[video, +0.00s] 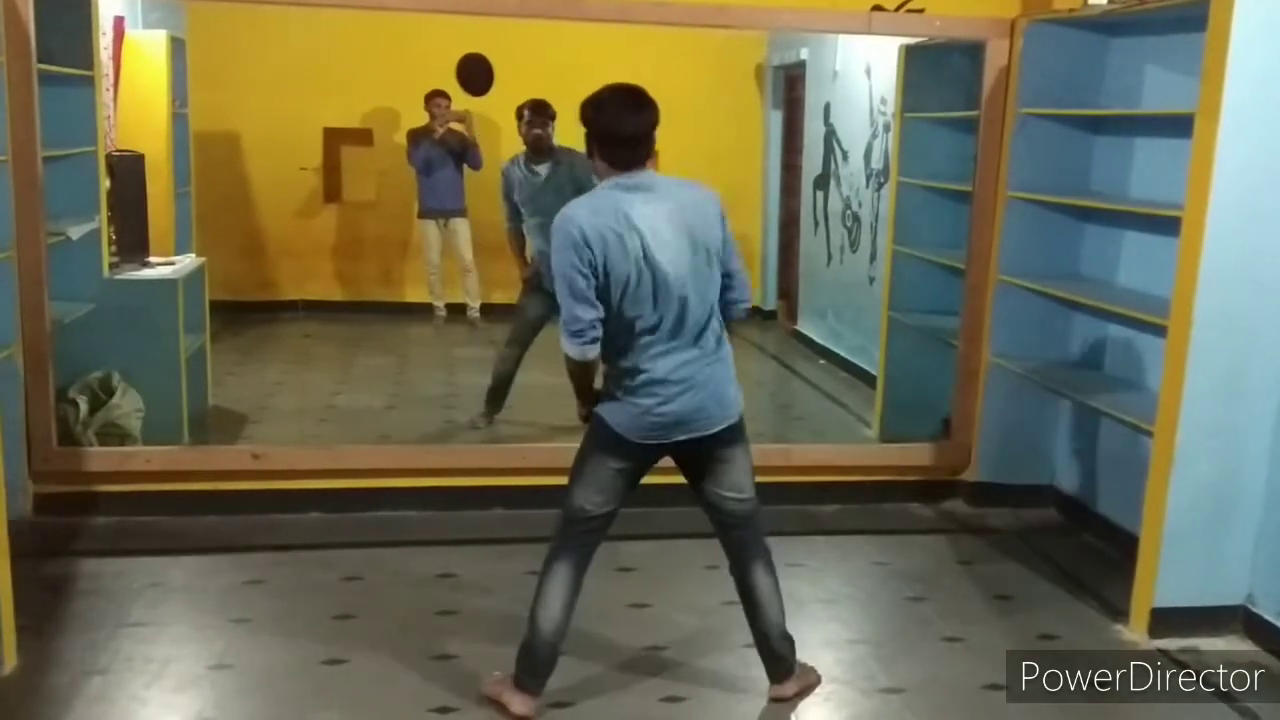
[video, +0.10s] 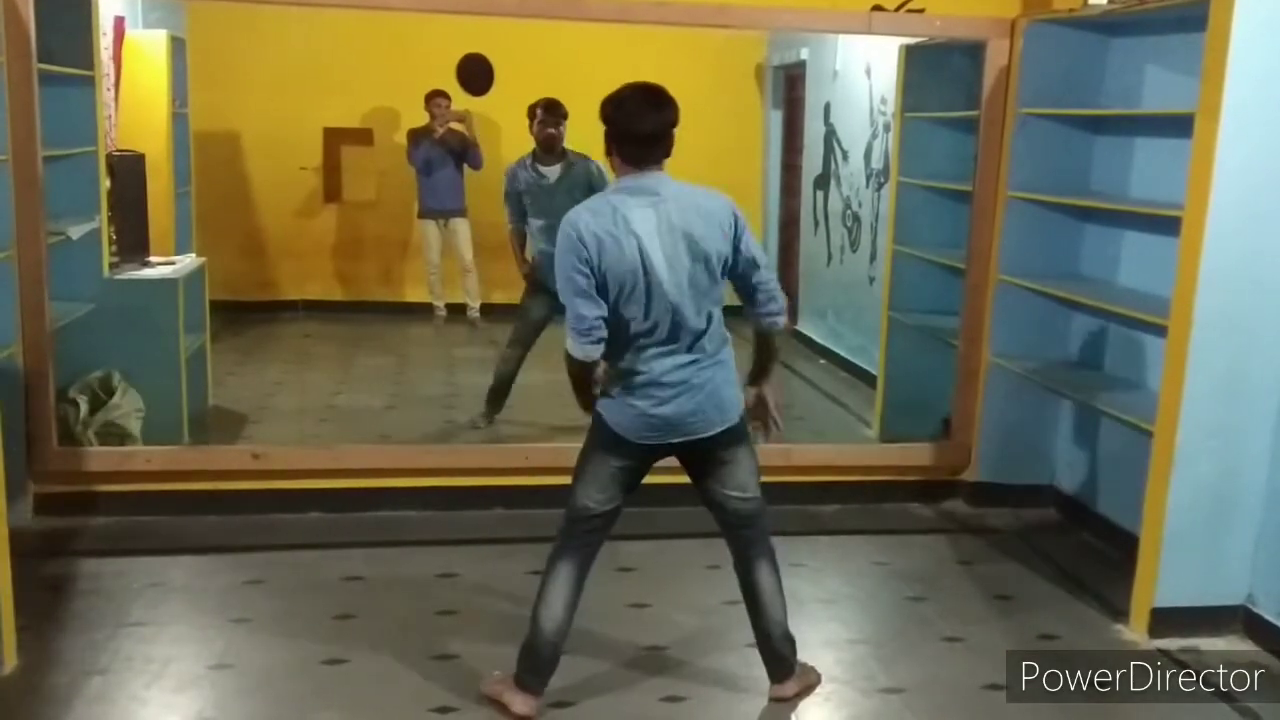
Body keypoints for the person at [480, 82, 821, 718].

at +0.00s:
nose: (585, 147)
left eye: (585, 139)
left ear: (592, 146)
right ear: (653, 140)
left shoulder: (577, 221)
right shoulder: (701, 201)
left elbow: (581, 341)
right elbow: (735, 304)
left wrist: (585, 398)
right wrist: (687, 339)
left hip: (632, 409)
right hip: (714, 403)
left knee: (573, 546)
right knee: (747, 542)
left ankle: (525, 688)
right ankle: (784, 673)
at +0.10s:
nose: (611, 143)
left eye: (608, 134)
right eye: (668, 133)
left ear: (609, 143)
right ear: (672, 141)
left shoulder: (583, 224)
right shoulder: (717, 211)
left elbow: (586, 339)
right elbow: (770, 309)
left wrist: (585, 397)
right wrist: (762, 379)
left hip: (629, 412)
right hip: (713, 407)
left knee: (576, 545)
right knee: (751, 541)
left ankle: (526, 688)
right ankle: (784, 674)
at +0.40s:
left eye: (641, 122)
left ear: (639, 130)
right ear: (704, 133)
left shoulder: (602, 201)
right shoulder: (735, 212)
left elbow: (518, 238)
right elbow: (774, 317)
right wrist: (775, 374)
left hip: (618, 409)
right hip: (701, 411)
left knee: (571, 545)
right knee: (753, 539)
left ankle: (523, 688)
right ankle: (784, 674)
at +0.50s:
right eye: (718, 126)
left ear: (652, 130)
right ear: (717, 135)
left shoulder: (606, 198)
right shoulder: (737, 220)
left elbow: (522, 210)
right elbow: (763, 330)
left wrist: (546, 188)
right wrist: (768, 380)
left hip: (617, 408)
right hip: (699, 410)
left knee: (571, 544)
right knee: (752, 539)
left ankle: (523, 688)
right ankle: (784, 673)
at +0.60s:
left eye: (674, 125)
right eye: (726, 130)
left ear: (662, 132)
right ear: (727, 139)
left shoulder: (612, 197)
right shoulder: (741, 225)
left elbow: (534, 213)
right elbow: (760, 341)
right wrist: (759, 387)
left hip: (616, 407)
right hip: (696, 411)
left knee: (569, 541)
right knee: (752, 532)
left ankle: (523, 686)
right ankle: (784, 671)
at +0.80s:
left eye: (677, 130)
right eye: (733, 141)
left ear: (675, 136)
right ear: (737, 150)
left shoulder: (617, 200)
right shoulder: (745, 227)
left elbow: (548, 264)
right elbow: (760, 344)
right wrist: (744, 398)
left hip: (614, 405)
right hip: (697, 410)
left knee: (567, 535)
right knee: (754, 527)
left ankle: (521, 684)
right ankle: (784, 668)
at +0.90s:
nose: (676, 136)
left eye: (676, 126)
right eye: (729, 134)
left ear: (672, 132)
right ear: (735, 142)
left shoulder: (621, 199)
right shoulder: (743, 224)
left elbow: (571, 260)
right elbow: (757, 341)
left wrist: (604, 307)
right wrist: (748, 392)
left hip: (613, 402)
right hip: (695, 408)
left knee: (569, 535)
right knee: (752, 528)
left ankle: (522, 684)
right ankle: (783, 667)